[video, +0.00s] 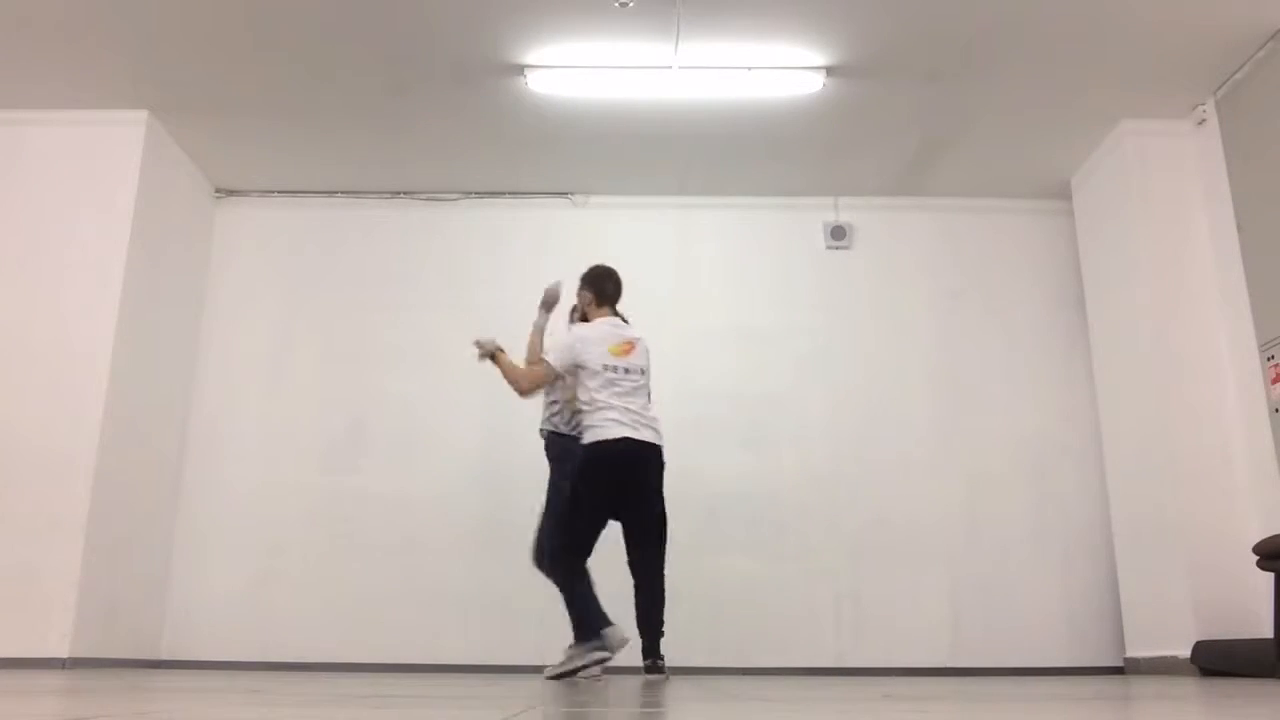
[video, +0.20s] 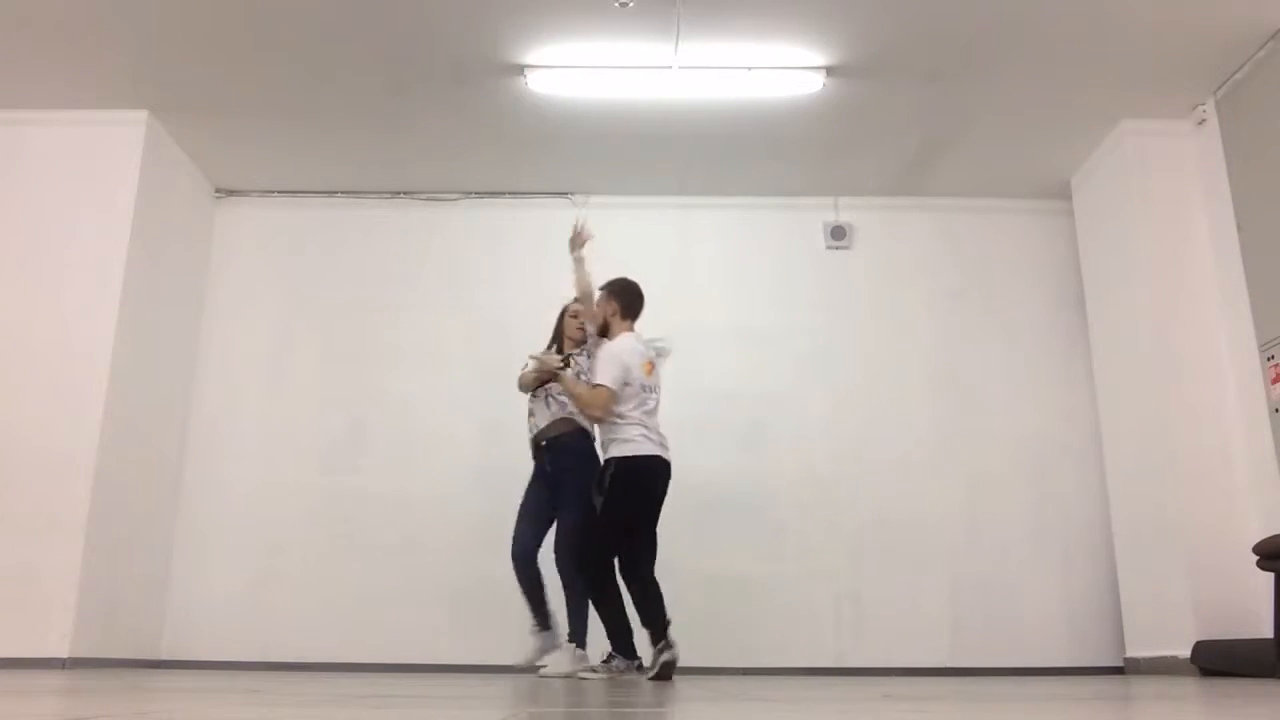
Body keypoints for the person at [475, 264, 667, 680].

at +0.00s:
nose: (577, 302)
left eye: (579, 296)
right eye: (578, 297)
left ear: (586, 298)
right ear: (616, 300)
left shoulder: (580, 337)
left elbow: (526, 382)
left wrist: (496, 355)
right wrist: (542, 319)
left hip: (599, 454)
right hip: (647, 455)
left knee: (559, 552)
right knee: (649, 560)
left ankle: (594, 636)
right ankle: (653, 654)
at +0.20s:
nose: (580, 321)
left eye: (585, 317)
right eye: (573, 315)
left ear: (592, 327)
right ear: (559, 324)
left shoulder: (590, 355)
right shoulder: (545, 359)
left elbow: (589, 304)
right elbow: (523, 382)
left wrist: (578, 254)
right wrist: (549, 369)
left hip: (579, 462)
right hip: (546, 466)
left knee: (569, 556)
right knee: (522, 551)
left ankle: (577, 647)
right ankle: (546, 635)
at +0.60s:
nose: (577, 327)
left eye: (577, 321)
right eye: (570, 320)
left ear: (565, 327)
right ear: (550, 323)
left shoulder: (573, 358)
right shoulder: (532, 357)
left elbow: (601, 335)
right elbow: (559, 379)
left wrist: (598, 299)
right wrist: (613, 364)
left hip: (556, 473)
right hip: (522, 467)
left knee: (583, 555)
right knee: (517, 553)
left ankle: (545, 645)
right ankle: (492, 645)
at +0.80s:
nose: (582, 325)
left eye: (581, 318)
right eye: (576, 318)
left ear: (564, 322)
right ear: (557, 320)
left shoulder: (564, 361)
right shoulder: (549, 358)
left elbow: (584, 400)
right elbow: (586, 385)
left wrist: (614, 370)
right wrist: (635, 354)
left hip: (567, 471)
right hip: (543, 470)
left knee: (579, 560)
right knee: (555, 556)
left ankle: (542, 650)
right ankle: (504, 639)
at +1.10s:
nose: (597, 320)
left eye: (596, 314)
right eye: (591, 314)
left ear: (566, 320)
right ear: (574, 317)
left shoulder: (552, 356)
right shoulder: (593, 349)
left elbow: (587, 395)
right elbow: (641, 344)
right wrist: (669, 302)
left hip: (540, 465)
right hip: (563, 467)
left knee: (547, 558)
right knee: (598, 546)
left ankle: (537, 652)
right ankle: (579, 646)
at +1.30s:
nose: (601, 310)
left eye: (599, 303)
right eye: (592, 303)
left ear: (581, 309)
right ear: (577, 307)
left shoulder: (571, 346)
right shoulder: (578, 337)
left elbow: (571, 405)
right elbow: (613, 309)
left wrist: (603, 375)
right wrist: (634, 255)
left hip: (562, 457)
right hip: (560, 459)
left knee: (569, 555)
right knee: (594, 548)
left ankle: (540, 649)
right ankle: (575, 649)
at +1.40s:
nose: (590, 300)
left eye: (591, 296)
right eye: (581, 295)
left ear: (590, 308)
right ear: (563, 302)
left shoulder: (584, 350)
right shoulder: (560, 335)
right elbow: (581, 287)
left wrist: (604, 380)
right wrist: (596, 238)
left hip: (577, 462)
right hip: (551, 460)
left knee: (608, 544)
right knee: (585, 544)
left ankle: (559, 621)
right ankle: (574, 647)